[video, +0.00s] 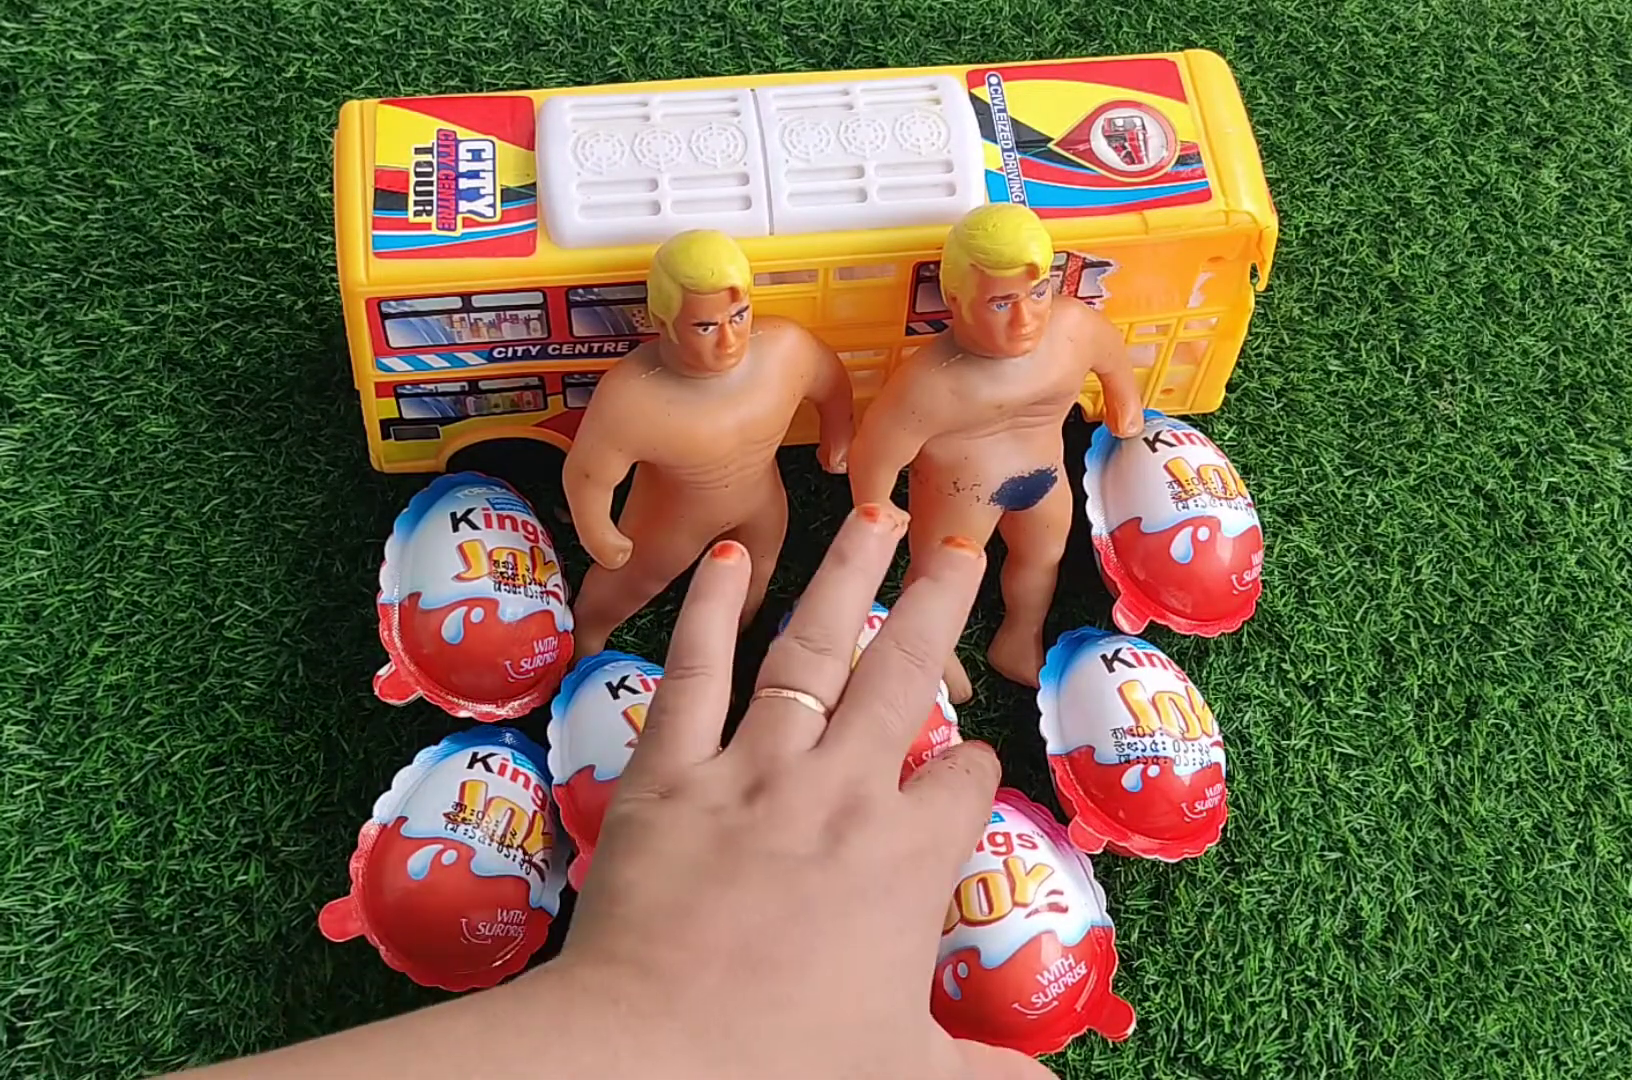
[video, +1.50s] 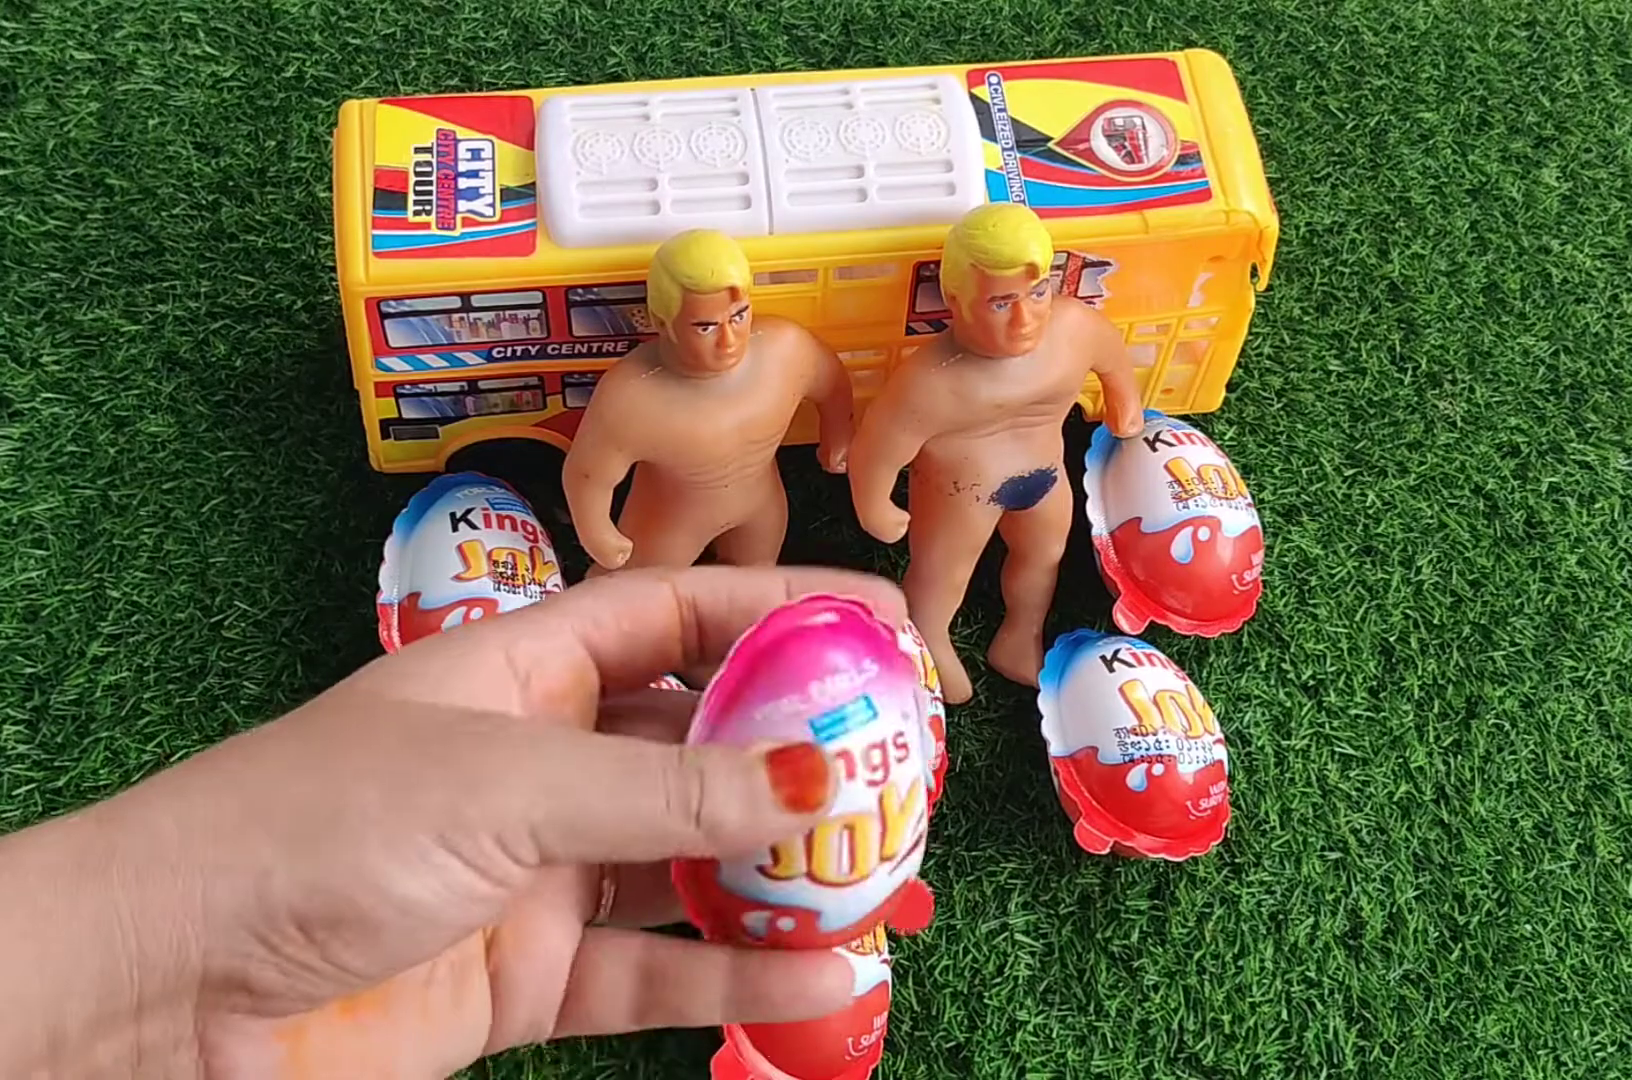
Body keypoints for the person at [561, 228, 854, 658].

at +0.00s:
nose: (729, 338)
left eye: (739, 316)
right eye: (705, 326)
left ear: (750, 303)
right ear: (663, 325)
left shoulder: (789, 350)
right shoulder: (630, 395)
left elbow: (835, 390)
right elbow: (587, 476)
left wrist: (837, 442)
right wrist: (603, 542)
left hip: (761, 503)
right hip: (671, 518)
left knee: (752, 589)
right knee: (627, 590)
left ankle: (730, 643)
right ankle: (587, 637)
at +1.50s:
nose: (729, 339)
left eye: (738, 316)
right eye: (705, 326)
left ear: (750, 303)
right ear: (662, 325)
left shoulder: (787, 350)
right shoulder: (628, 398)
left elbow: (833, 386)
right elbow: (586, 478)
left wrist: (836, 442)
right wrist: (601, 542)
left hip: (758, 502)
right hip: (670, 515)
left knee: (756, 587)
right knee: (637, 597)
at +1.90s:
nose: (728, 339)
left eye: (739, 316)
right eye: (705, 326)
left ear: (750, 302)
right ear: (664, 322)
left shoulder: (789, 350)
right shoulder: (628, 397)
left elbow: (833, 387)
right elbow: (586, 477)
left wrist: (837, 441)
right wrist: (597, 536)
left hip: (758, 501)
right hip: (670, 515)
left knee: (750, 580)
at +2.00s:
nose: (728, 340)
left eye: (739, 316)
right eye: (705, 326)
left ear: (750, 301)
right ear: (663, 323)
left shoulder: (788, 350)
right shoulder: (629, 397)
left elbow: (833, 387)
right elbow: (586, 477)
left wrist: (836, 440)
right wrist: (598, 537)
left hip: (758, 500)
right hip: (671, 515)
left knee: (753, 585)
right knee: (627, 590)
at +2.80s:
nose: (728, 339)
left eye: (738, 315)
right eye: (704, 327)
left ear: (749, 302)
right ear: (662, 326)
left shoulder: (787, 350)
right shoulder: (628, 399)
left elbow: (833, 389)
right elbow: (585, 478)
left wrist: (835, 447)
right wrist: (601, 540)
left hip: (758, 508)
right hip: (669, 520)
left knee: (766, 597)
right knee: (645, 615)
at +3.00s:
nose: (728, 340)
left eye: (739, 316)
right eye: (705, 327)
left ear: (750, 302)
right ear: (664, 327)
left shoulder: (786, 350)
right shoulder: (627, 399)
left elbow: (833, 390)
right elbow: (585, 480)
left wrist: (834, 447)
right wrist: (605, 558)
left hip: (757, 514)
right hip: (668, 528)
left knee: (760, 614)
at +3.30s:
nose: (728, 340)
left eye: (739, 317)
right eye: (705, 326)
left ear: (750, 300)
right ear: (662, 323)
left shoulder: (788, 350)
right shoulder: (629, 396)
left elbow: (833, 388)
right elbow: (586, 476)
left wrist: (836, 440)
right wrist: (598, 536)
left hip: (758, 499)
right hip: (670, 512)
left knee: (750, 575)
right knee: (634, 590)